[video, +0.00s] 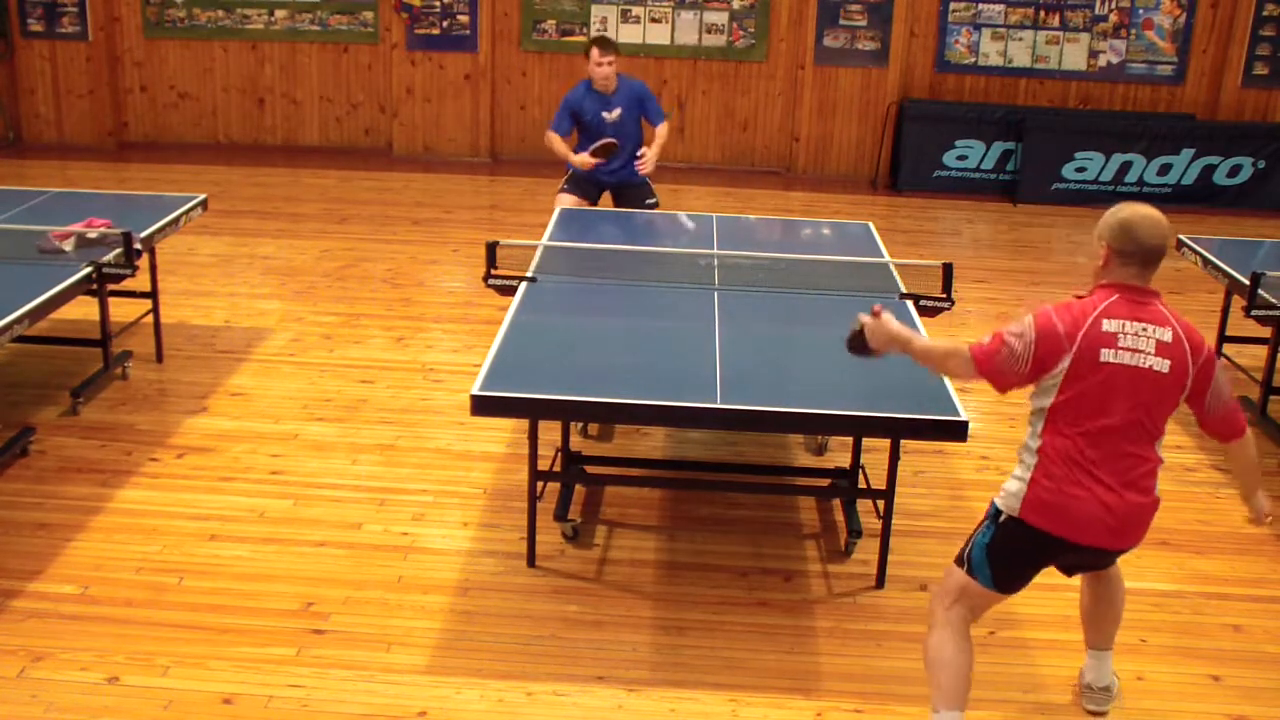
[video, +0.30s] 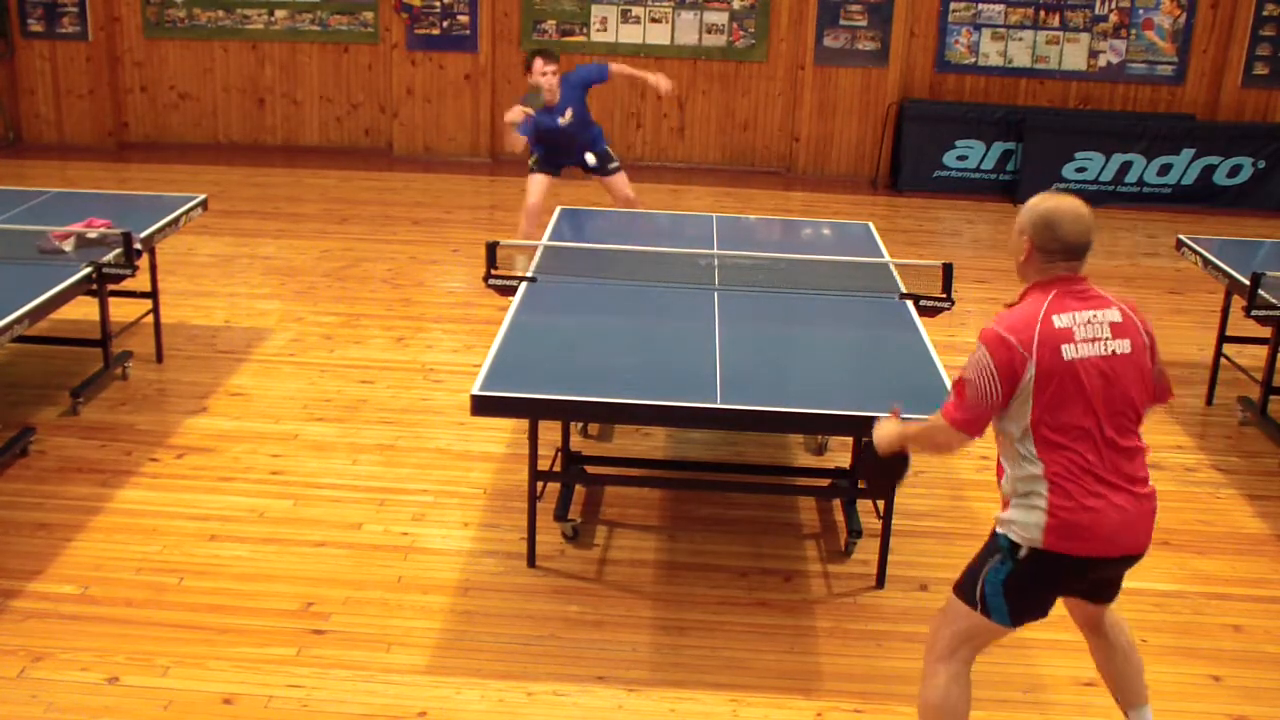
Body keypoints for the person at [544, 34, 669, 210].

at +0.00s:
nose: (605, 71)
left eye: (610, 64)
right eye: (599, 65)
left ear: (617, 64)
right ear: (588, 66)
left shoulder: (636, 90)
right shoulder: (577, 97)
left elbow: (661, 123)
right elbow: (552, 136)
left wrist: (654, 151)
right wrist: (573, 159)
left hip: (628, 171)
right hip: (588, 171)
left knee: (649, 224)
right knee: (563, 214)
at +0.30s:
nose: (550, 80)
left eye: (554, 74)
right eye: (544, 75)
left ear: (559, 73)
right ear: (530, 78)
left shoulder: (575, 81)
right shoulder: (529, 105)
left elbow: (613, 69)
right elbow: (516, 147)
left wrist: (650, 77)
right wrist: (510, 125)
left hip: (589, 146)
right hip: (549, 153)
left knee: (627, 198)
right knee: (532, 205)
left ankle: (648, 245)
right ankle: (523, 259)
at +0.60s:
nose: (566, 107)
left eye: (571, 100)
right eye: (560, 101)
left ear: (578, 102)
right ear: (548, 104)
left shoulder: (589, 120)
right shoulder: (537, 136)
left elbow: (601, 138)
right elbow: (516, 180)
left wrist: (611, 165)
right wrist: (525, 211)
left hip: (574, 177)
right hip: (539, 178)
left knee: (599, 220)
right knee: (524, 219)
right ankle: (487, 273)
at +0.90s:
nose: (648, 58)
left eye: (653, 52)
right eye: (642, 52)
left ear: (660, 56)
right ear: (632, 55)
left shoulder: (674, 87)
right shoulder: (617, 88)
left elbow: (684, 114)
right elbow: (591, 121)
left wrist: (684, 146)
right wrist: (603, 153)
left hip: (657, 151)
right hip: (619, 148)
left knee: (678, 210)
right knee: (592, 204)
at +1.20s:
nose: (656, 77)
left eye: (662, 71)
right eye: (653, 72)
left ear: (677, 72)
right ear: (650, 75)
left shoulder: (703, 97)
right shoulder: (658, 107)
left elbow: (738, 124)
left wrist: (745, 160)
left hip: (721, 167)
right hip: (685, 167)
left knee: (749, 221)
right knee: (651, 207)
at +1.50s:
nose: (646, 41)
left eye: (652, 35)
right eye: (642, 35)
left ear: (665, 39)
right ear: (638, 40)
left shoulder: (687, 64)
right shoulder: (635, 75)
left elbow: (721, 84)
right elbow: (608, 104)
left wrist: (727, 100)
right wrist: (594, 93)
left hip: (695, 142)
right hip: (656, 145)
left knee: (722, 193)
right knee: (643, 195)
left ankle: (752, 235)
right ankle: (639, 246)